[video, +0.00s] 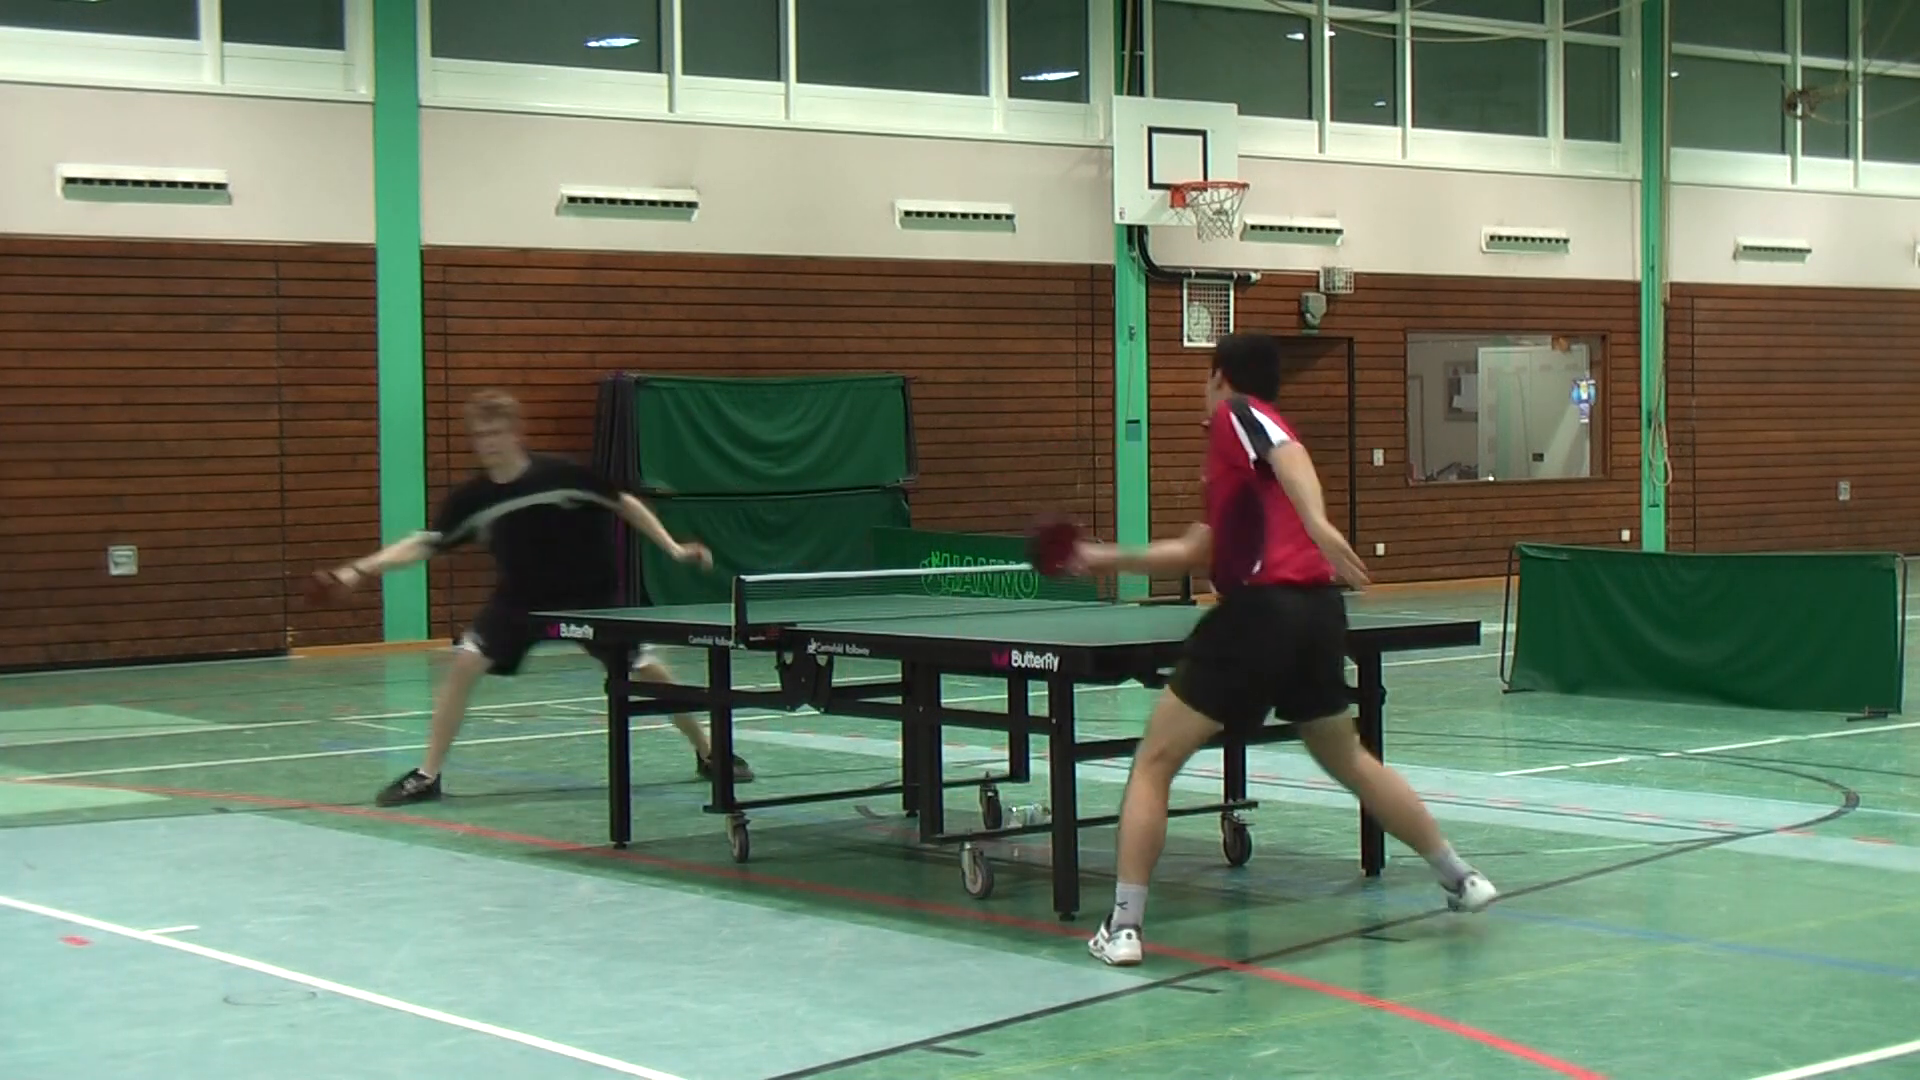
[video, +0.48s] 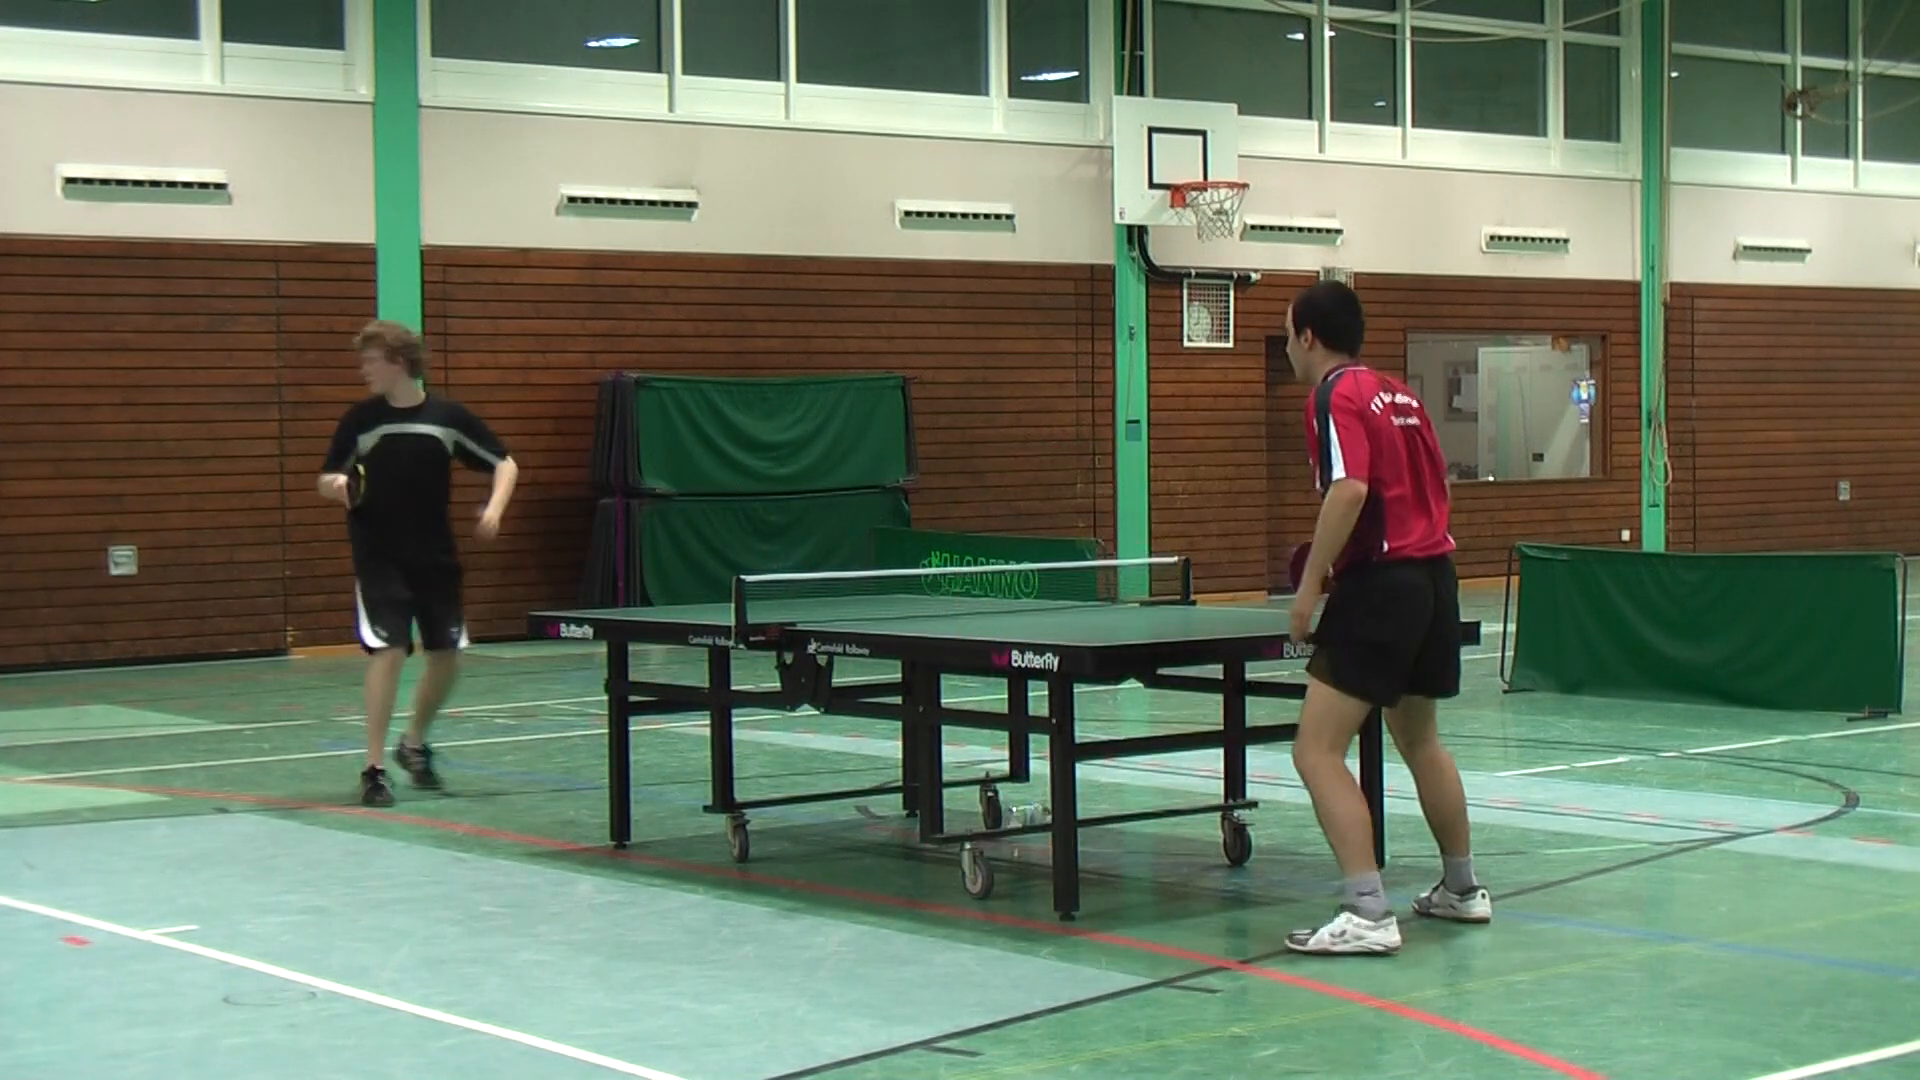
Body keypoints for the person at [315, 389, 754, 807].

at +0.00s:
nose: (488, 442)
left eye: (496, 432)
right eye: (481, 435)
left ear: (518, 431)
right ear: (473, 441)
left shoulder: (561, 476)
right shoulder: (474, 498)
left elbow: (624, 502)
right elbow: (423, 543)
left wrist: (672, 547)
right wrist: (361, 568)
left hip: (587, 597)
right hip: (518, 601)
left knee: (648, 670)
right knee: (464, 663)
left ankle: (710, 752)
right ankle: (427, 776)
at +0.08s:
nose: (440, 440)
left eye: (449, 430)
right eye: (434, 432)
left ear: (473, 430)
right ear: (429, 436)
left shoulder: (515, 472)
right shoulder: (429, 493)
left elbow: (582, 494)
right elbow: (387, 548)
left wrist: (649, 519)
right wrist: (351, 534)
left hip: (542, 597)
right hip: (479, 604)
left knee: (607, 667)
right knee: (430, 657)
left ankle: (670, 746)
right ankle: (424, 775)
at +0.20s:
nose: (427, 406)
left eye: (434, 396)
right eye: (419, 398)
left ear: (447, 397)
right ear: (405, 401)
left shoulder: (481, 440)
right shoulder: (396, 453)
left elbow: (539, 462)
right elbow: (361, 511)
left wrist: (591, 473)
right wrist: (386, 481)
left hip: (497, 575)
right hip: (437, 581)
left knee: (549, 663)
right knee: (405, 656)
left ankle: (568, 747)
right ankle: (422, 771)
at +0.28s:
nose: (421, 376)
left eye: (429, 368)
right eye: (412, 370)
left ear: (442, 372)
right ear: (398, 376)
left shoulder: (471, 419)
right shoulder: (383, 431)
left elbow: (522, 447)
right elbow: (355, 497)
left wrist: (543, 457)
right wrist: (370, 468)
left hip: (476, 559)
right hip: (414, 564)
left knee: (515, 653)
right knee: (398, 649)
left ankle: (510, 748)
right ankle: (408, 763)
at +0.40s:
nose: (394, 368)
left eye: (402, 359)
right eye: (387, 361)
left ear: (425, 359)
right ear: (381, 364)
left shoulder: (459, 410)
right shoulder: (368, 420)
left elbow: (513, 453)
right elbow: (336, 485)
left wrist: (511, 475)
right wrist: (348, 484)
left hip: (450, 552)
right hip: (392, 554)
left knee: (472, 650)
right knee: (396, 646)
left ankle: (446, 747)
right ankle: (376, 766)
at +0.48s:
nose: (363, 370)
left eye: (371, 362)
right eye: (363, 362)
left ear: (399, 362)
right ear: (380, 365)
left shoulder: (447, 416)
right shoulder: (359, 420)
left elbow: (506, 464)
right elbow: (326, 482)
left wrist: (493, 509)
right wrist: (339, 488)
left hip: (435, 554)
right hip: (379, 558)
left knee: (445, 653)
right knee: (389, 648)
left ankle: (414, 744)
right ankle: (374, 767)